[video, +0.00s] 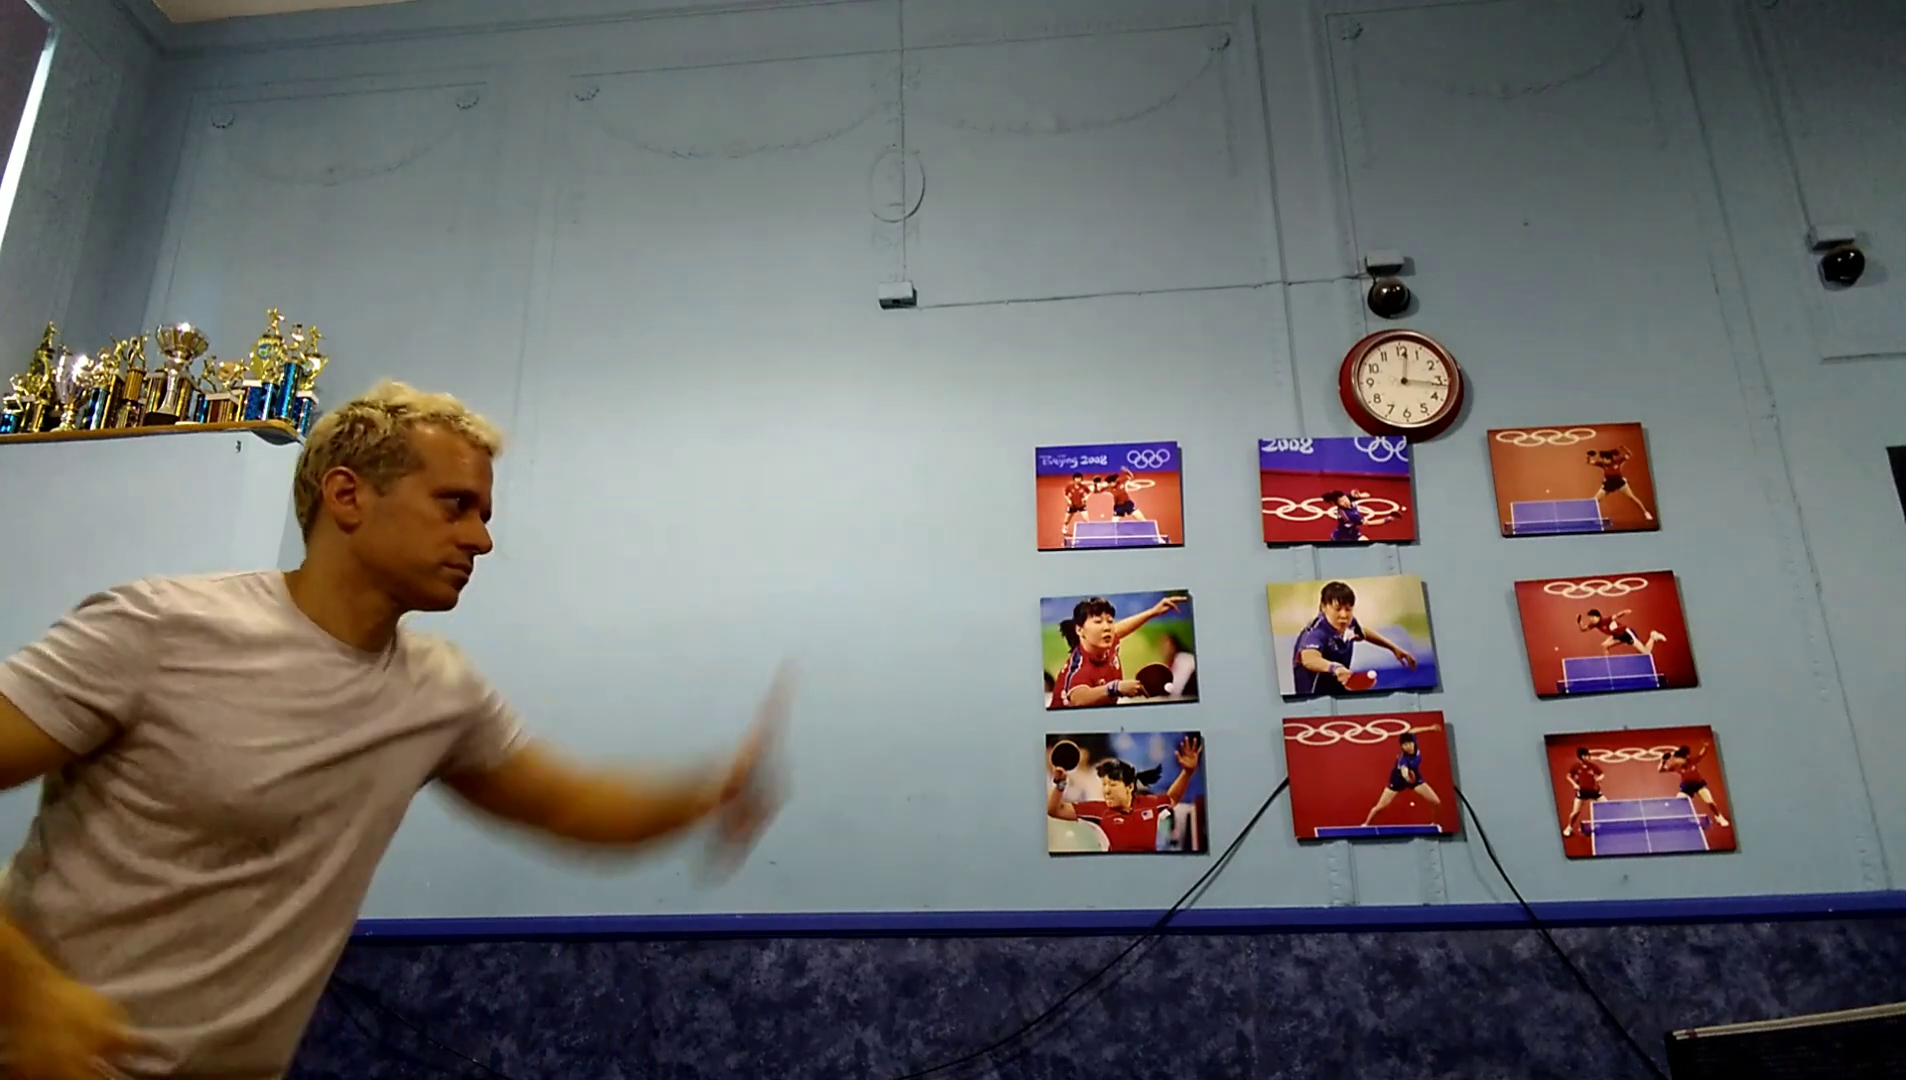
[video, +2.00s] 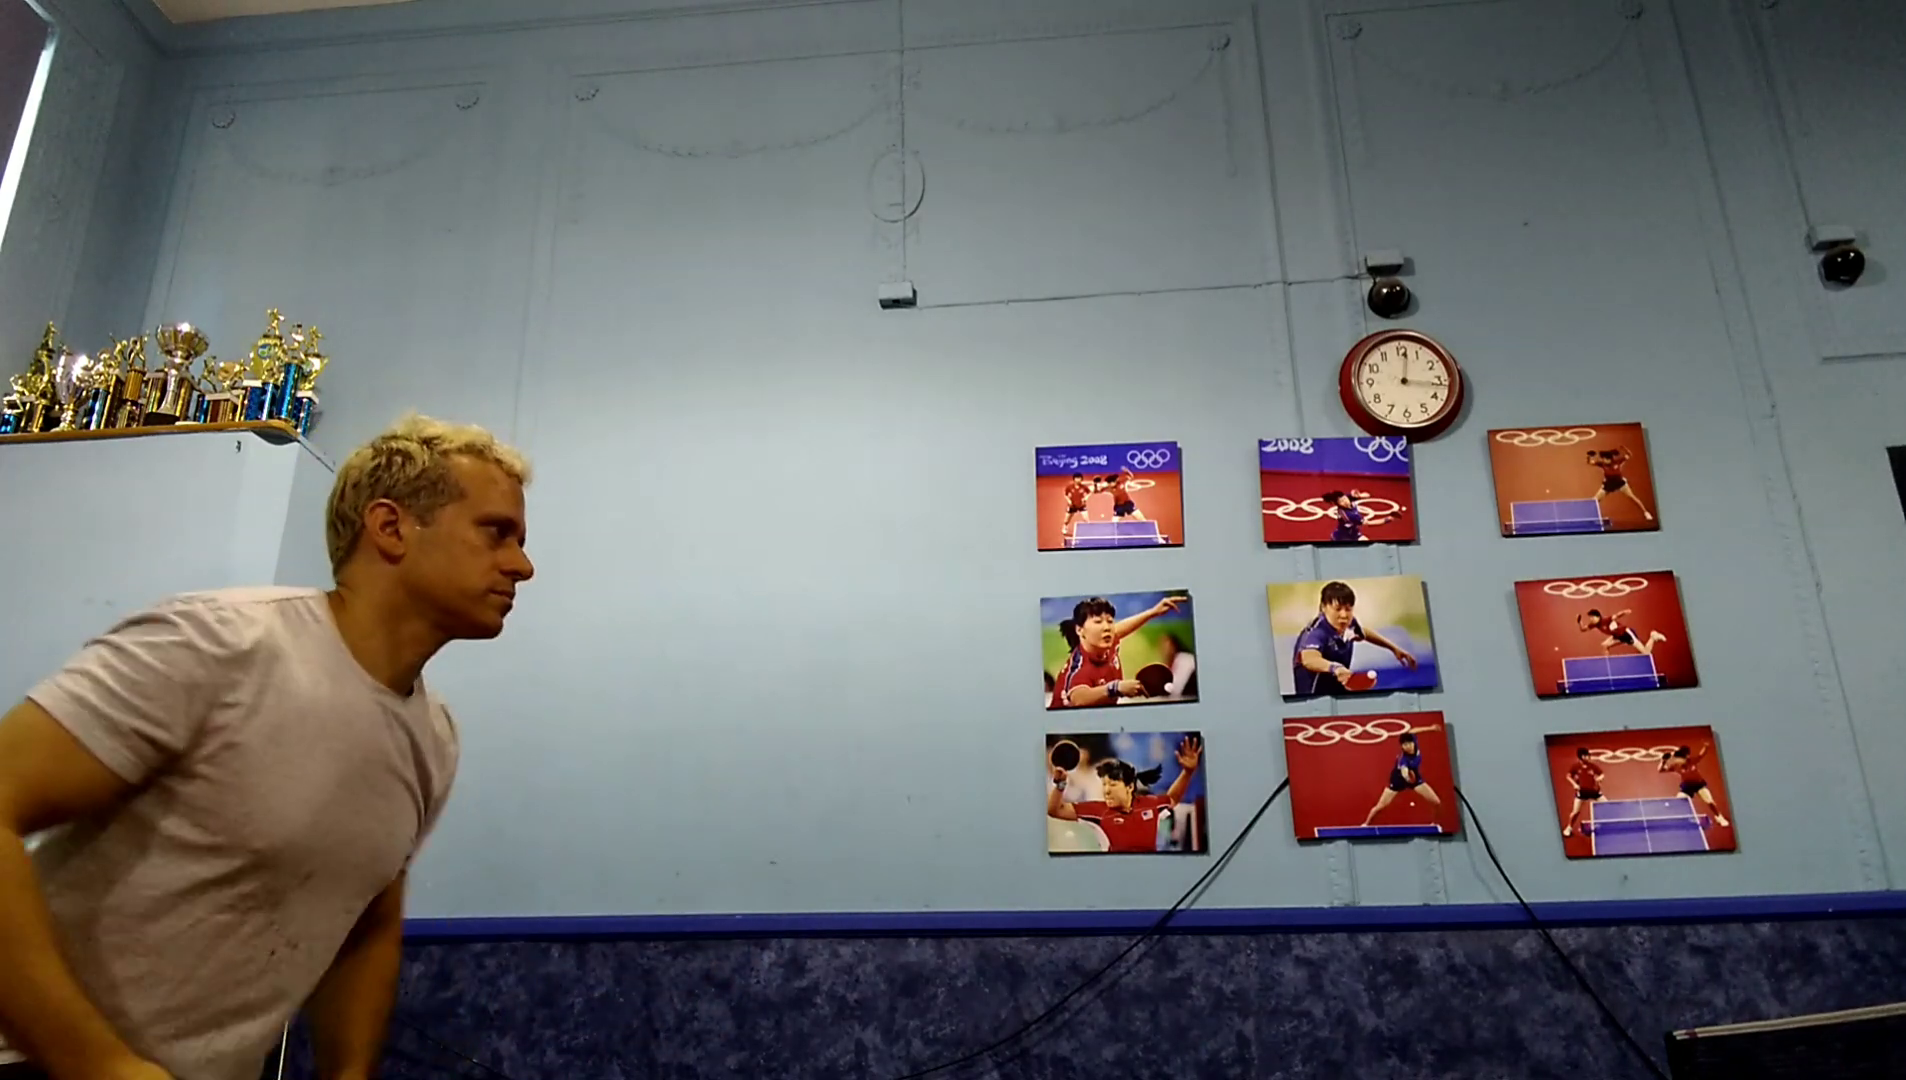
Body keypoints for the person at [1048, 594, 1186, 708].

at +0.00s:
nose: (1107, 628)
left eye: (1110, 622)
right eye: (1098, 622)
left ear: (1114, 625)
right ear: (1080, 630)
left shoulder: (1109, 644)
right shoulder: (1079, 666)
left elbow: (1120, 629)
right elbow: (1078, 698)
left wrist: (1154, 612)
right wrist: (1115, 687)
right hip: (1069, 729)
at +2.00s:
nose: (1107, 628)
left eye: (1110, 622)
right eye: (1098, 622)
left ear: (1114, 626)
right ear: (1080, 630)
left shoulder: (1109, 644)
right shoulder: (1079, 666)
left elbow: (1119, 630)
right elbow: (1078, 698)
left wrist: (1154, 612)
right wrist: (1115, 687)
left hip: (1102, 724)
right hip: (1070, 729)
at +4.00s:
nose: (1107, 628)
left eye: (1110, 622)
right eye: (1098, 622)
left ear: (1114, 626)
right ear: (1080, 630)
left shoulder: (1109, 644)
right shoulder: (1078, 666)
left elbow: (1120, 629)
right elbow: (1078, 698)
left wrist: (1154, 611)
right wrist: (1115, 687)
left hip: (1102, 724)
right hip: (1069, 729)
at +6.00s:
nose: (1107, 628)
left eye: (1109, 622)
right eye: (1098, 622)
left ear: (1114, 626)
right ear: (1080, 630)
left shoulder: (1109, 645)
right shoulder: (1079, 666)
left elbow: (1119, 630)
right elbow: (1078, 698)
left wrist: (1154, 612)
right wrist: (1115, 687)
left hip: (1103, 724)